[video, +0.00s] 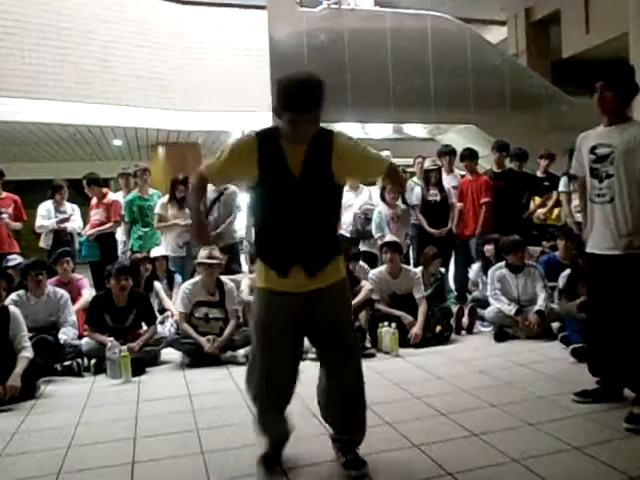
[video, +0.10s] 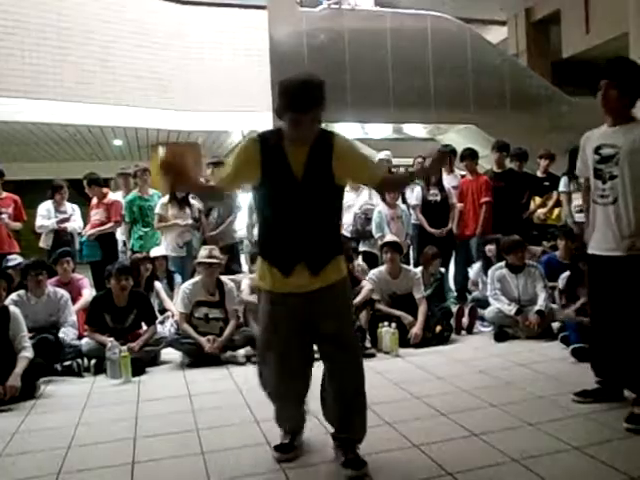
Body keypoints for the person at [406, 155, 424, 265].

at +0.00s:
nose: (420, 166)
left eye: (422, 163)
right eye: (418, 163)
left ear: (425, 166)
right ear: (414, 166)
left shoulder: (428, 183)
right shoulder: (410, 183)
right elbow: (410, 200)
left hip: (427, 221)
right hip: (415, 221)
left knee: (427, 248)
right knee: (416, 251)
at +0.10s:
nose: (420, 166)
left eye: (422, 163)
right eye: (418, 163)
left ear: (425, 165)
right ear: (413, 165)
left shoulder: (426, 183)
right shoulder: (410, 185)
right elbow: (411, 201)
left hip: (426, 221)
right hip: (414, 221)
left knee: (425, 248)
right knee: (415, 249)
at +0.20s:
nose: (420, 167)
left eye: (422, 164)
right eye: (418, 165)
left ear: (425, 167)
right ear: (413, 168)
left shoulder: (428, 183)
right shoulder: (411, 185)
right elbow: (410, 201)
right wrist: (418, 201)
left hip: (428, 221)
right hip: (415, 222)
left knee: (428, 250)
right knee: (417, 252)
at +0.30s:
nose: (420, 166)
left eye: (422, 163)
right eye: (418, 163)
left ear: (425, 166)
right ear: (414, 166)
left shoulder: (428, 182)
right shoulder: (411, 183)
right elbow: (410, 200)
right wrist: (418, 200)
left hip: (428, 219)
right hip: (415, 220)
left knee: (428, 248)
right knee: (416, 250)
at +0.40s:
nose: (424, 167)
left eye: (426, 164)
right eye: (422, 164)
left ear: (430, 166)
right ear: (418, 167)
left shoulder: (433, 183)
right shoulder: (415, 185)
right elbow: (415, 202)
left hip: (432, 221)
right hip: (419, 222)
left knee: (432, 249)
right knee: (420, 249)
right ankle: (419, 269)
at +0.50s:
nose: (430, 166)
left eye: (431, 163)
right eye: (427, 163)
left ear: (435, 165)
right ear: (424, 166)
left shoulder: (440, 182)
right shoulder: (421, 184)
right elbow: (420, 200)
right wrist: (429, 199)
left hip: (439, 220)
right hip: (425, 221)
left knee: (438, 248)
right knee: (426, 250)